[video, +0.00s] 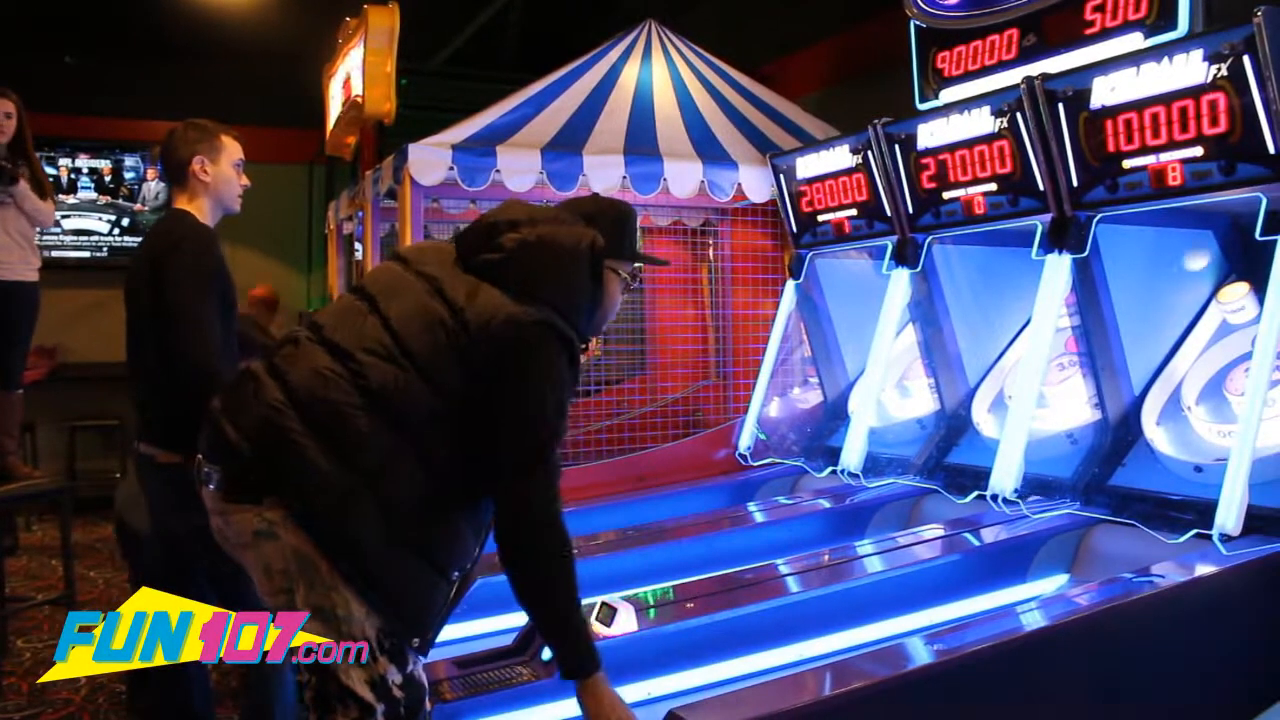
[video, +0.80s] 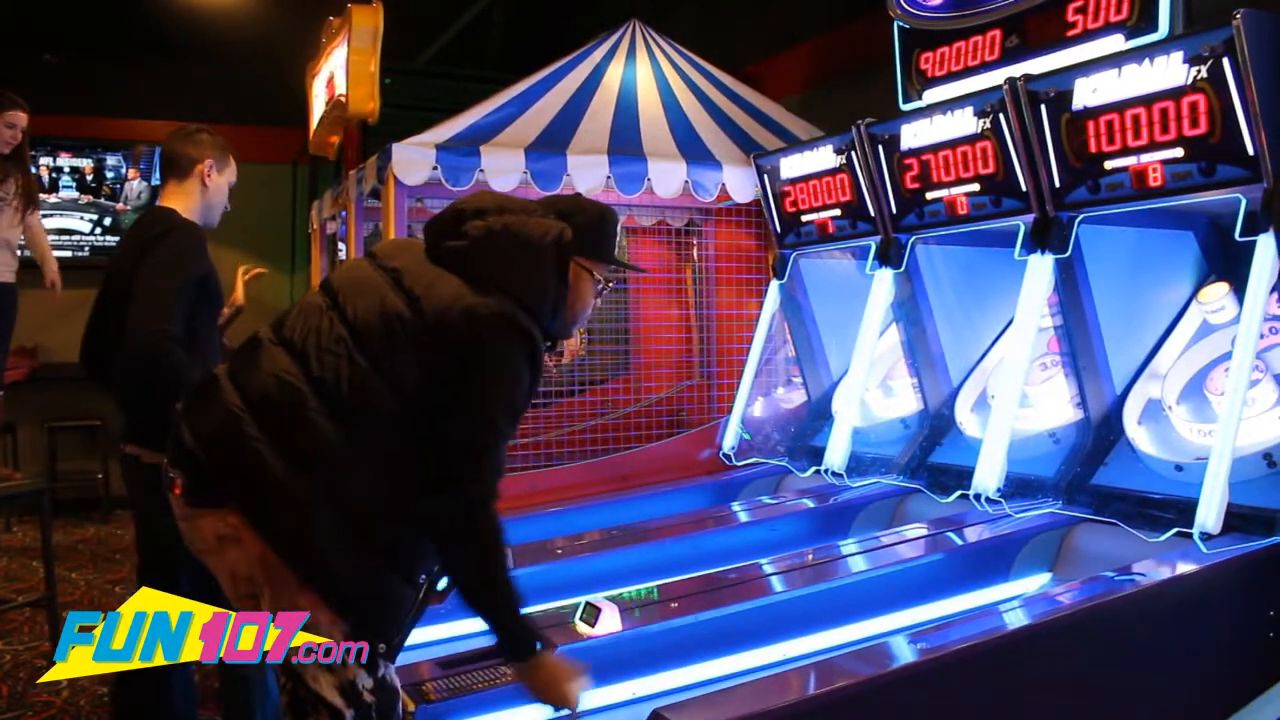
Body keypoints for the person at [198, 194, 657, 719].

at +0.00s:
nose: (623, 298)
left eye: (628, 281)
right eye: (622, 277)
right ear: (586, 265)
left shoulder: (437, 265)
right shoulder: (530, 337)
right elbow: (530, 523)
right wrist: (589, 679)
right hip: (291, 500)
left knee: (392, 690)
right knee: (372, 695)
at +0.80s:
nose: (598, 301)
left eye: (603, 284)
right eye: (595, 280)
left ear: (531, 258)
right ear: (555, 267)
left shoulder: (415, 262)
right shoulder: (496, 331)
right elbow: (461, 505)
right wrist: (526, 649)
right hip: (260, 504)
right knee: (348, 695)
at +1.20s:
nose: (595, 324)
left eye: (603, 308)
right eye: (597, 304)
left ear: (537, 264)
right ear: (568, 287)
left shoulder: (418, 268)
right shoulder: (498, 337)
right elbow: (411, 487)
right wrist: (358, 645)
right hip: (259, 510)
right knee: (337, 683)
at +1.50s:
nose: (588, 303)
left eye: (592, 286)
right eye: (586, 284)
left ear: (493, 247)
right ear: (554, 277)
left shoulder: (396, 265)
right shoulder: (519, 342)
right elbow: (615, 460)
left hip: (209, 484)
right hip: (286, 530)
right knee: (364, 700)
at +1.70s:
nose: (582, 281)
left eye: (583, 264)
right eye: (577, 263)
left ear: (478, 235)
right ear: (540, 257)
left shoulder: (390, 268)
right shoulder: (513, 321)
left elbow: (351, 411)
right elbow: (619, 446)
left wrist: (443, 540)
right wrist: (745, 471)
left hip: (220, 488)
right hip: (293, 519)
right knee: (355, 697)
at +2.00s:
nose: (588, 281)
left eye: (590, 265)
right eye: (583, 262)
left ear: (509, 246)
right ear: (543, 254)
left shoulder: (396, 267)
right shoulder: (494, 323)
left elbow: (277, 300)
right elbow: (512, 506)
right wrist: (580, 646)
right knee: (356, 700)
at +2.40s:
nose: (582, 299)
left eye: (585, 284)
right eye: (578, 281)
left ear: (507, 258)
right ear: (538, 271)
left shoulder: (393, 260)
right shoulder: (483, 348)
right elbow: (502, 529)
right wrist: (564, 683)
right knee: (325, 696)